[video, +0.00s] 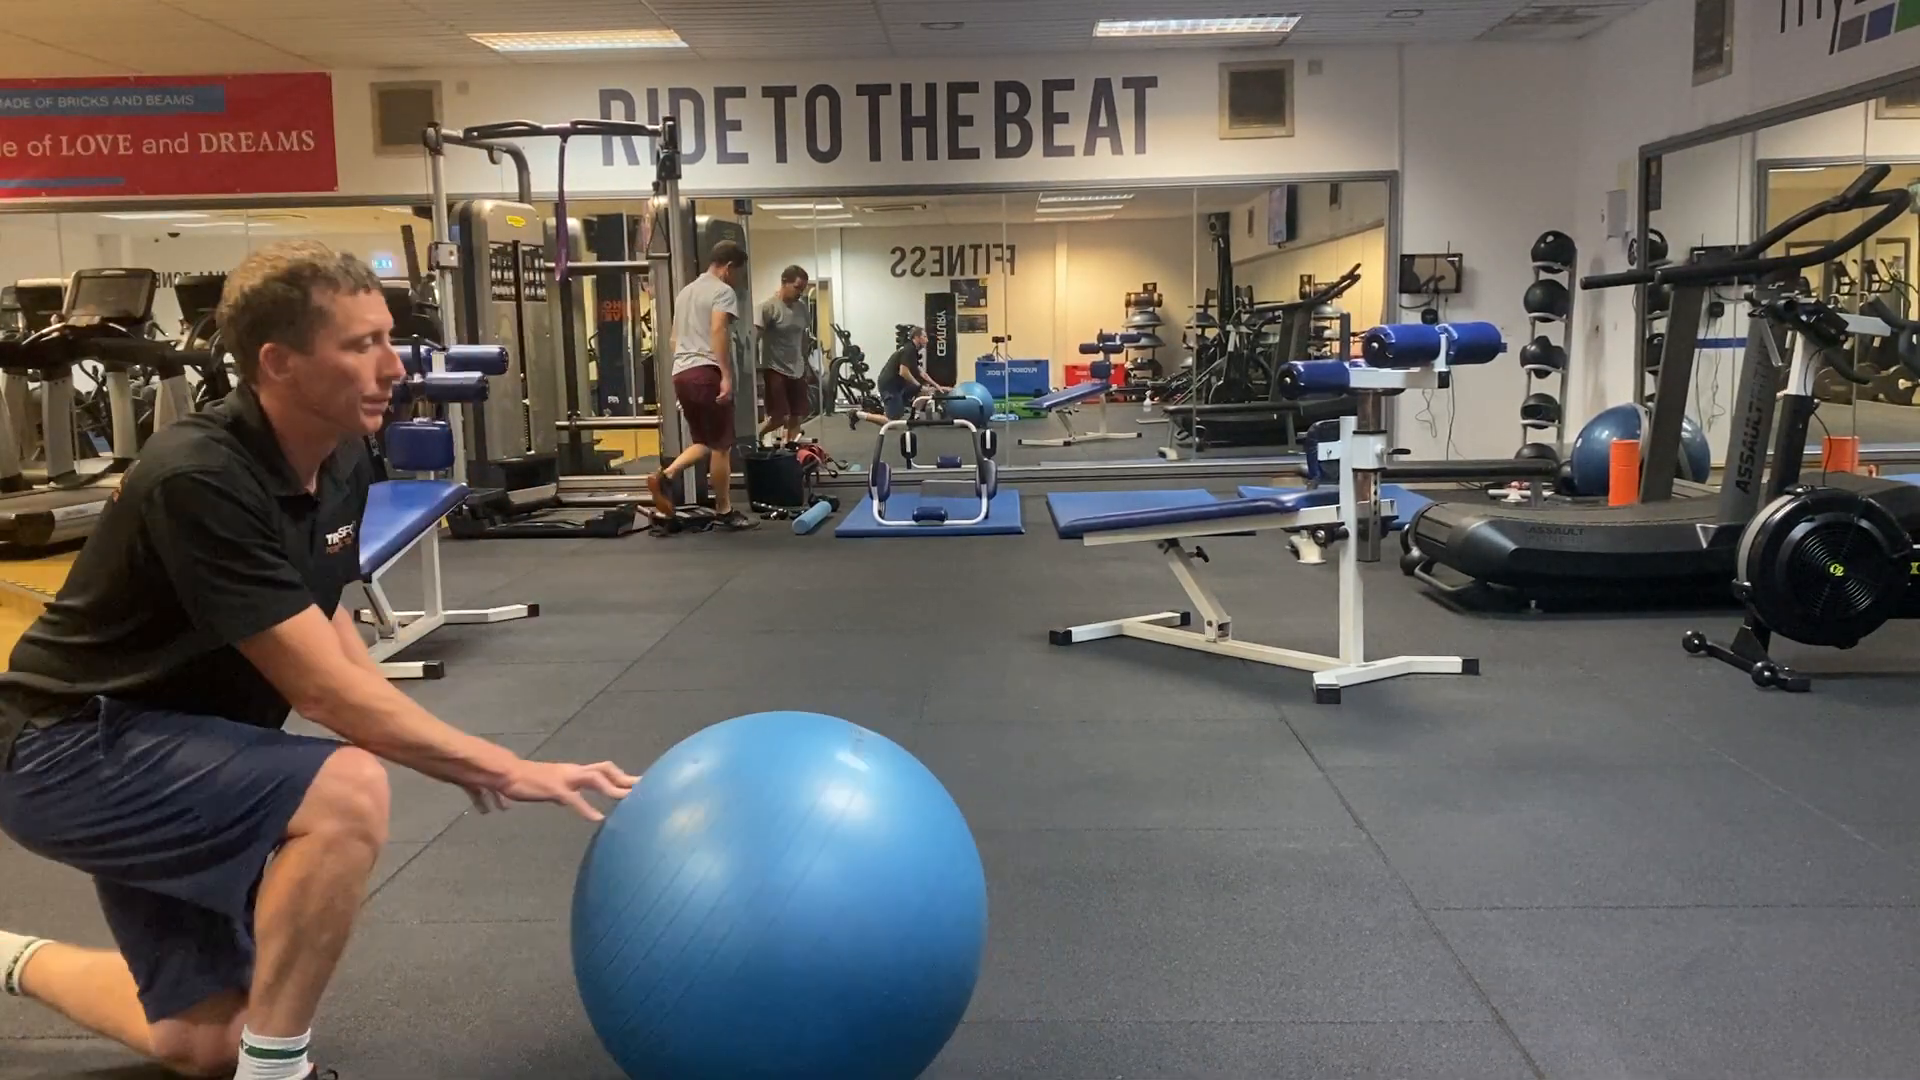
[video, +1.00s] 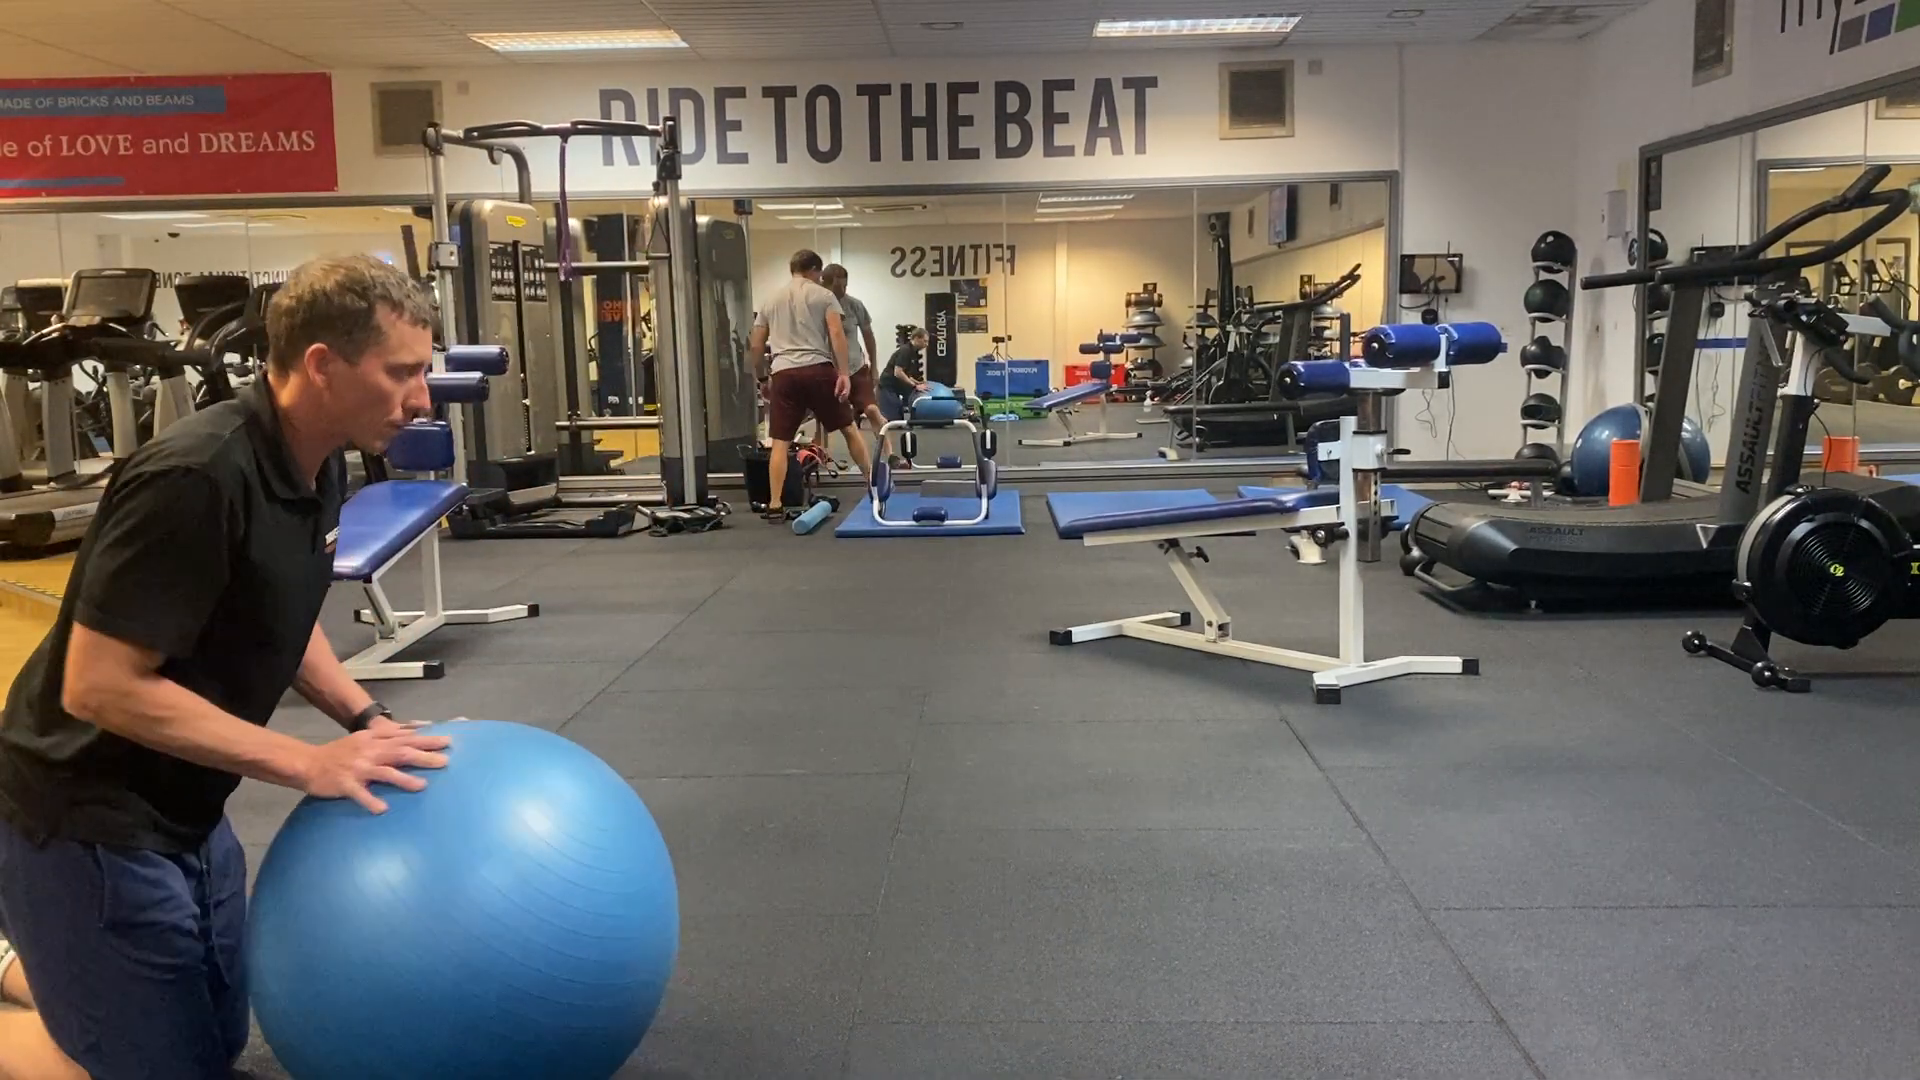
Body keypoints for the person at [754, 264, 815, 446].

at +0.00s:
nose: (800, 292)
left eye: (803, 288)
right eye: (797, 287)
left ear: (804, 286)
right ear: (785, 282)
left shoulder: (802, 308)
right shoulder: (768, 307)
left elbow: (804, 339)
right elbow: (753, 339)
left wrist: (807, 366)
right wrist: (752, 369)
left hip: (798, 369)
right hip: (775, 369)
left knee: (796, 416)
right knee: (779, 417)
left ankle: (789, 450)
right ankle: (757, 435)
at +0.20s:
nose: (809, 290)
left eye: (811, 286)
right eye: (805, 285)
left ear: (813, 285)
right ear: (793, 280)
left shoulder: (813, 306)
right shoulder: (777, 305)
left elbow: (822, 332)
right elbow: (765, 339)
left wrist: (833, 355)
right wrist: (768, 369)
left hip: (808, 367)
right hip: (785, 365)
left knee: (807, 409)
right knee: (804, 400)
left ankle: (795, 442)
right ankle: (786, 435)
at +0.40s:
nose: (814, 288)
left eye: (816, 284)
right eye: (811, 284)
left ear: (818, 282)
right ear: (799, 281)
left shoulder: (823, 306)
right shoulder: (787, 306)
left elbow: (836, 333)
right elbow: (774, 338)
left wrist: (848, 357)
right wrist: (774, 368)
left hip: (818, 368)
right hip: (794, 368)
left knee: (812, 418)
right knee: (806, 417)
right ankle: (811, 455)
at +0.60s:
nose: (822, 284)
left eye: (824, 279)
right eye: (818, 279)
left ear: (826, 279)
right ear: (806, 278)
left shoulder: (831, 302)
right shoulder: (795, 303)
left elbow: (840, 332)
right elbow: (790, 337)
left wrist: (848, 360)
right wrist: (802, 366)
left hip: (830, 371)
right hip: (804, 371)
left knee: (837, 416)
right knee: (808, 418)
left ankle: (813, 441)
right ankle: (814, 452)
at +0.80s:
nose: (827, 279)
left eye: (830, 275)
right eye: (823, 275)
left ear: (835, 277)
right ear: (813, 277)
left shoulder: (841, 301)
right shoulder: (804, 300)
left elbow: (849, 334)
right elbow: (798, 335)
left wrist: (853, 365)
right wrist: (808, 366)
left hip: (841, 367)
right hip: (815, 370)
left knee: (857, 403)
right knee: (818, 417)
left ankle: (853, 438)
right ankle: (817, 455)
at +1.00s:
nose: (841, 286)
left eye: (843, 282)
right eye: (836, 282)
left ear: (846, 282)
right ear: (824, 283)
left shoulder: (855, 305)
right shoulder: (816, 305)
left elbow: (868, 336)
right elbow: (811, 339)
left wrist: (874, 366)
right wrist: (815, 368)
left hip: (857, 368)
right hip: (828, 370)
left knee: (871, 410)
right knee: (821, 417)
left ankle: (891, 455)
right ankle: (819, 457)